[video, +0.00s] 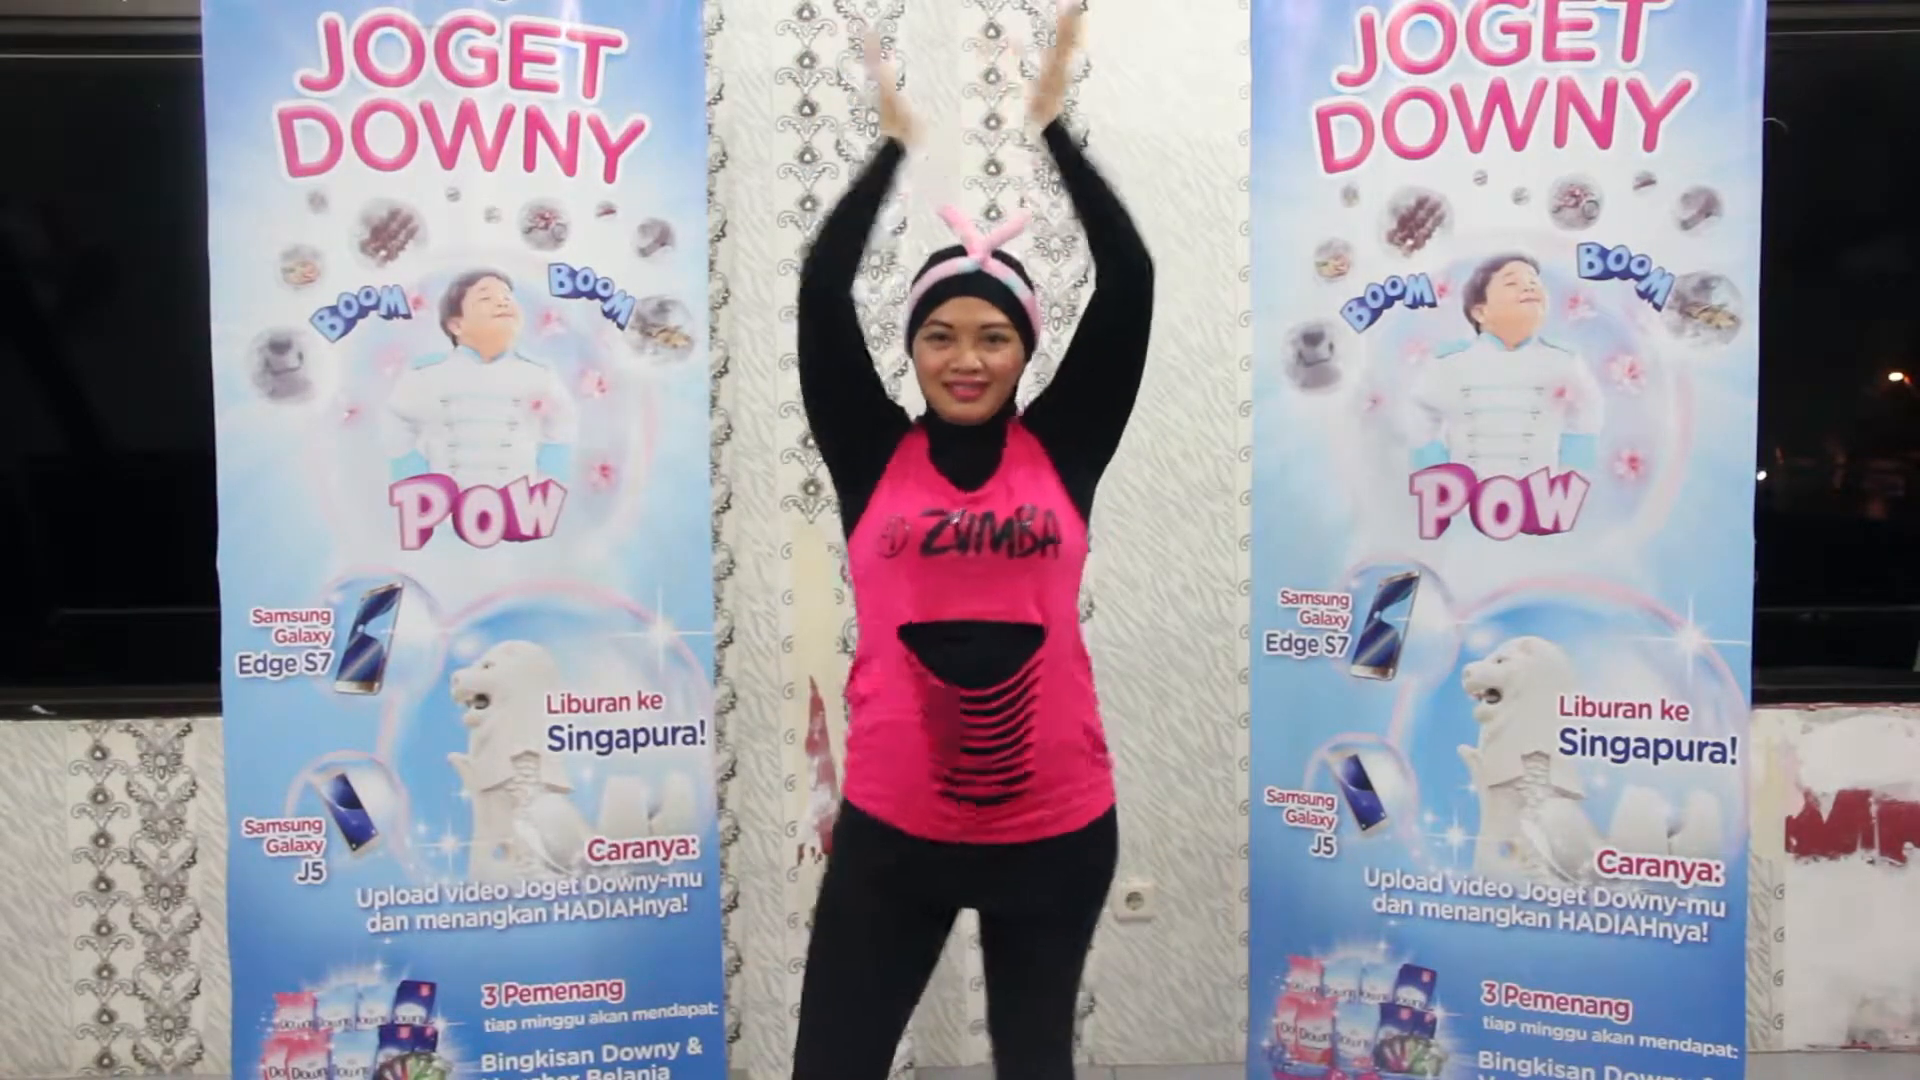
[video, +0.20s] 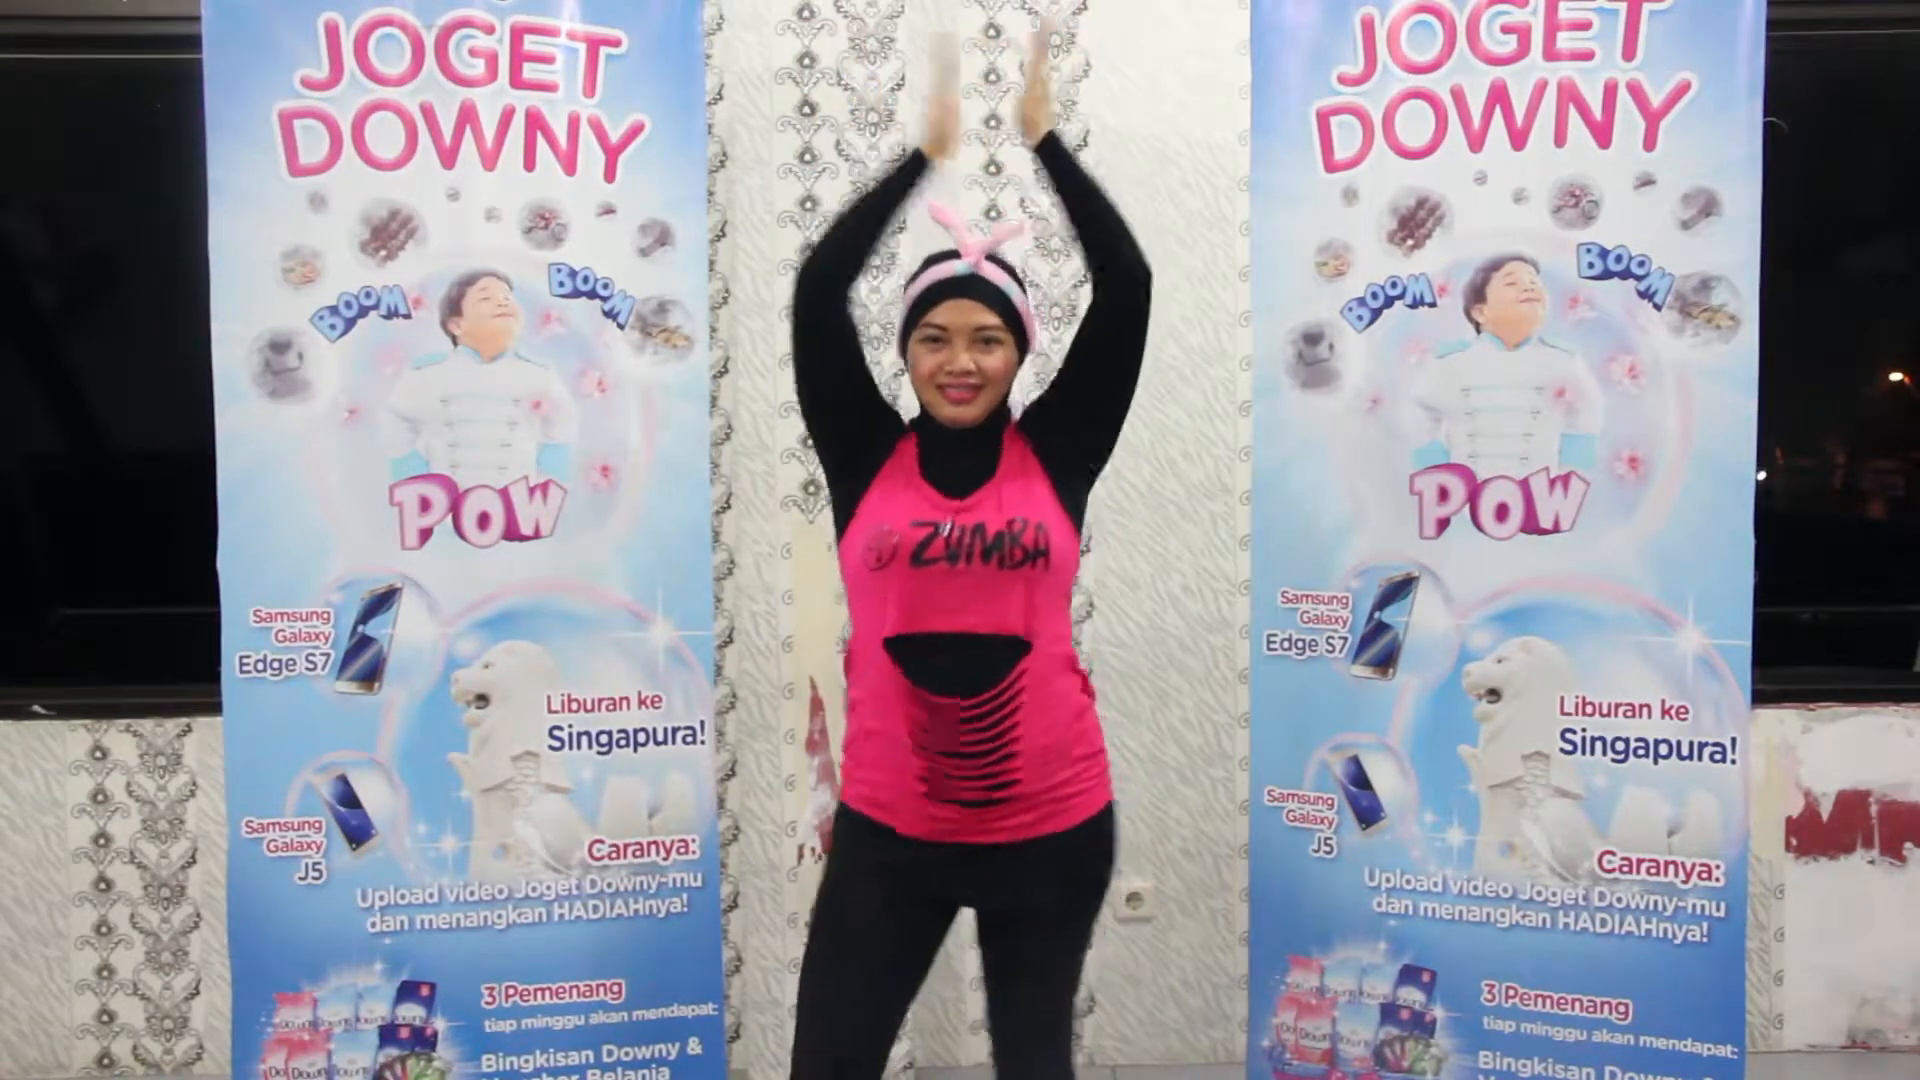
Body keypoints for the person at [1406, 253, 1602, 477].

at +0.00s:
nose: (1528, 286)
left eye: (1534, 281)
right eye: (1510, 282)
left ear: (1545, 300)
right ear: (1478, 311)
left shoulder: (1564, 363)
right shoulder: (1446, 366)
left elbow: (1583, 422)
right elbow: (1415, 415)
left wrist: (1567, 484)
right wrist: (1433, 475)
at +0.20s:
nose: (1528, 286)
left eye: (1534, 281)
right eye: (1510, 283)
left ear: (1545, 300)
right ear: (1478, 311)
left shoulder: (1564, 363)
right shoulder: (1446, 366)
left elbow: (1583, 422)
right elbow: (1415, 415)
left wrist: (1566, 485)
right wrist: (1434, 475)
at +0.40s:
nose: (1528, 286)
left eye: (1535, 281)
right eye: (1510, 282)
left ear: (1545, 300)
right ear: (1478, 311)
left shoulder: (1564, 363)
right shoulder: (1446, 365)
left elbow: (1582, 433)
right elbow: (1416, 422)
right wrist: (1437, 482)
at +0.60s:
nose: (1528, 286)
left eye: (1534, 281)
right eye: (1510, 282)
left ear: (1545, 300)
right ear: (1478, 311)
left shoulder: (1564, 364)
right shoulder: (1446, 366)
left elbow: (1583, 429)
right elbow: (1416, 421)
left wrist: (1565, 490)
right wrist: (1437, 480)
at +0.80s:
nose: (1528, 286)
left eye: (1534, 281)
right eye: (1510, 283)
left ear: (1545, 300)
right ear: (1479, 311)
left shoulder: (1564, 363)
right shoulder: (1445, 366)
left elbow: (1583, 425)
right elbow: (1417, 420)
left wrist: (1567, 487)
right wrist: (1435, 479)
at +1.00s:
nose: (1529, 286)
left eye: (1535, 281)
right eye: (1510, 283)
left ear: (1545, 300)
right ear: (1479, 312)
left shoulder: (1564, 363)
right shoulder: (1446, 366)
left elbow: (1584, 420)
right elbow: (1417, 417)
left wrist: (1567, 484)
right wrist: (1435, 478)